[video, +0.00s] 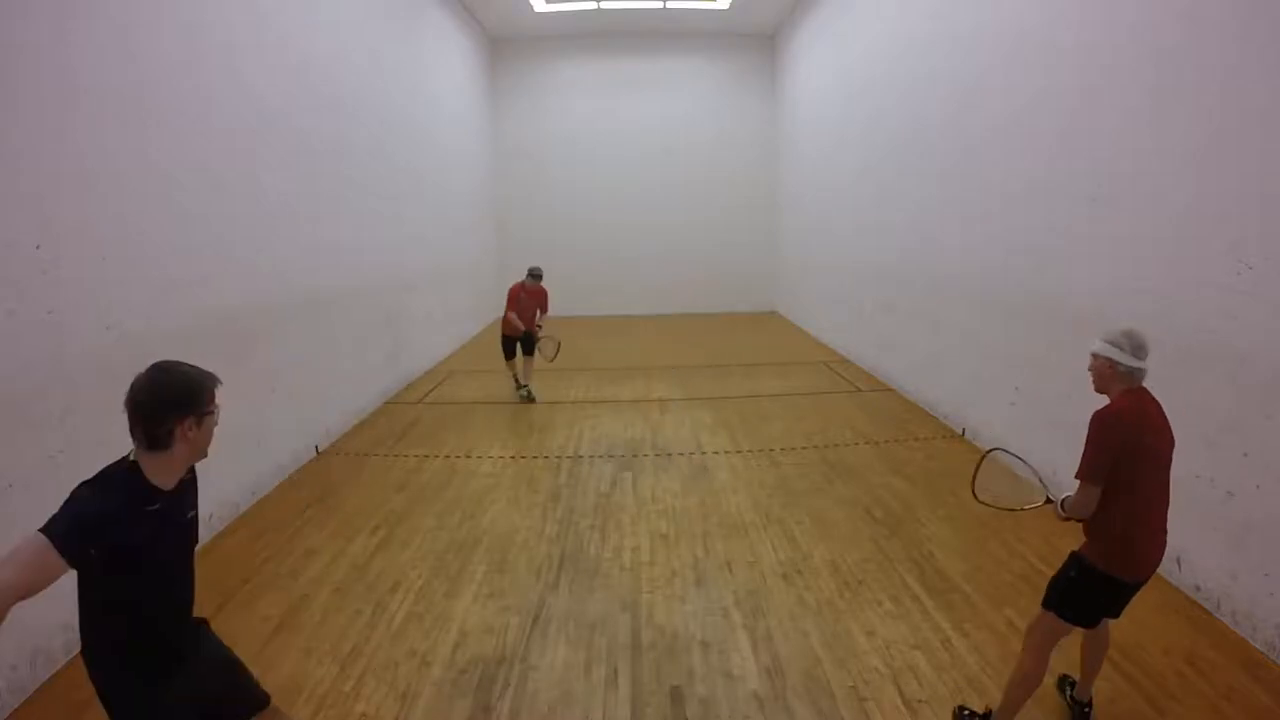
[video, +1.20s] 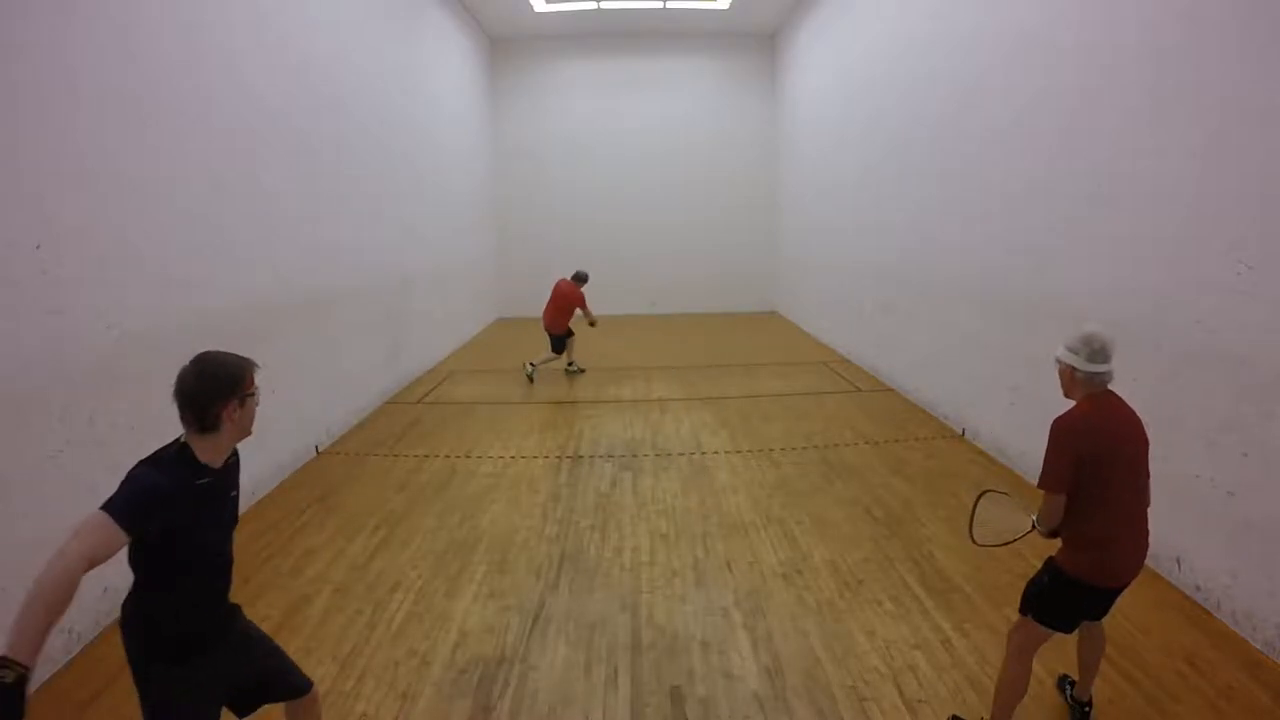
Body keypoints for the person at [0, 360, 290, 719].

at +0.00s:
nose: (217, 421)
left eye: (214, 412)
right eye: (212, 414)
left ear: (186, 431)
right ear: (188, 429)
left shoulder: (182, 473)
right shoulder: (99, 505)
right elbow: (7, 588)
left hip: (183, 637)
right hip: (130, 669)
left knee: (262, 709)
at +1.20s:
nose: (257, 404)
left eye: (254, 394)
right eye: (252, 396)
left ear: (226, 412)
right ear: (231, 412)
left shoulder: (227, 457)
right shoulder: (155, 482)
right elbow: (70, 561)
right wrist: (12, 671)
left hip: (216, 617)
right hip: (162, 637)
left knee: (303, 695)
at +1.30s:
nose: (272, 392)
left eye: (271, 384)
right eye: (268, 385)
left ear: (240, 398)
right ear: (246, 397)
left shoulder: (241, 446)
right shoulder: (176, 470)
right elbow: (94, 555)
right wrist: (57, 669)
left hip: (234, 602)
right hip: (181, 623)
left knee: (312, 681)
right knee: (202, 713)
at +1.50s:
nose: (278, 355)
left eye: (277, 347)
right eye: (274, 348)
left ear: (248, 362)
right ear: (253, 361)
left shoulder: (248, 411)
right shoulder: (185, 429)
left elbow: (230, 489)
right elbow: (116, 520)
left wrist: (251, 537)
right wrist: (110, 635)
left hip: (239, 572)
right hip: (190, 592)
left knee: (293, 669)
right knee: (232, 710)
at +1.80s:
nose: (255, 359)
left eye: (252, 349)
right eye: (246, 351)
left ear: (219, 362)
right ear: (216, 360)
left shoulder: (226, 408)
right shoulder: (167, 434)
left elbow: (210, 498)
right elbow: (122, 536)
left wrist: (233, 565)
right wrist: (182, 625)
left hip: (239, 574)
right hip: (195, 597)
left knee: (288, 669)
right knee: (249, 703)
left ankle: (307, 714)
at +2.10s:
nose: (220, 359)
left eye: (218, 348)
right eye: (208, 351)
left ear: (181, 361)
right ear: (173, 360)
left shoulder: (191, 407)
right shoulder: (148, 436)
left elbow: (187, 496)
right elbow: (116, 541)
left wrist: (210, 560)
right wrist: (179, 614)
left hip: (213, 564)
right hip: (177, 591)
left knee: (258, 641)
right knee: (219, 697)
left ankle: (258, 707)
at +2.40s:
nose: (211, 351)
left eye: (208, 343)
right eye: (205, 345)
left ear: (177, 357)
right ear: (186, 357)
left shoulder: (177, 405)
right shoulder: (162, 422)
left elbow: (175, 486)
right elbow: (129, 514)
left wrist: (208, 533)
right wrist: (161, 589)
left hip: (203, 550)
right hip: (190, 565)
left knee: (213, 636)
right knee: (232, 680)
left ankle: (210, 693)